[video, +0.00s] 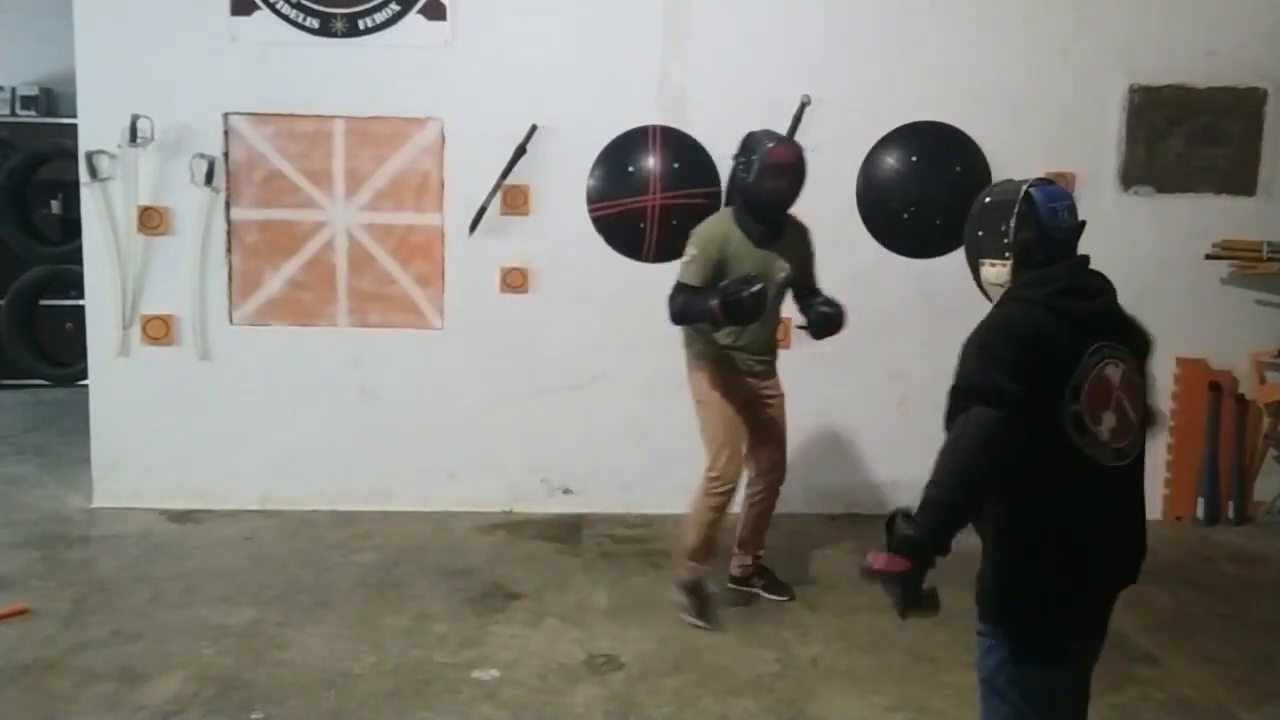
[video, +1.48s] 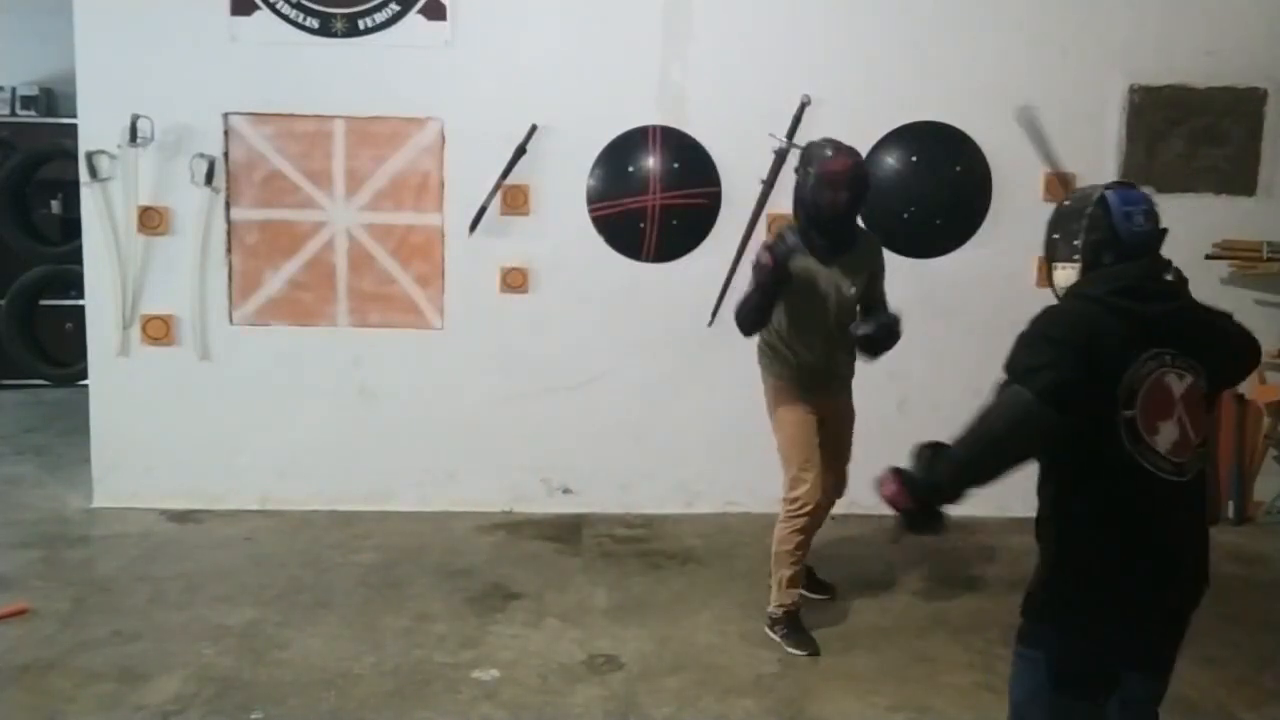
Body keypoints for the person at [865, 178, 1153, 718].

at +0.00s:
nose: (984, 259)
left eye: (990, 246)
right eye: (985, 245)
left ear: (1009, 247)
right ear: (1063, 240)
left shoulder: (1009, 330)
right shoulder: (1114, 321)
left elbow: (975, 446)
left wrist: (918, 539)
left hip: (1029, 566)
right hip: (1103, 556)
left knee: (1014, 697)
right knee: (1063, 696)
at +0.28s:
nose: (980, 297)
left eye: (984, 283)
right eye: (980, 283)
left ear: (1010, 280)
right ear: (1044, 273)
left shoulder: (1052, 337)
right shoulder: (1067, 321)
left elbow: (1054, 441)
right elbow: (990, 354)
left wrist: (971, 498)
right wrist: (925, 340)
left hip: (1070, 565)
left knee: (1015, 700)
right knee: (1050, 692)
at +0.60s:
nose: (1019, 275)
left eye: (1026, 264)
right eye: (1024, 262)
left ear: (1041, 275)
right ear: (1111, 272)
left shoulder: (1008, 367)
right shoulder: (1178, 363)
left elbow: (957, 476)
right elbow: (1228, 470)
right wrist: (1152, 452)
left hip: (1040, 588)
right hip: (1135, 583)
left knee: (1029, 702)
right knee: (1077, 699)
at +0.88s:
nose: (1041, 266)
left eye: (1049, 252)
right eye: (1047, 250)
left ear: (1071, 261)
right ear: (1151, 260)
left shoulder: (1029, 346)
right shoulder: (1209, 345)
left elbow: (906, 409)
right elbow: (1270, 382)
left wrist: (946, 347)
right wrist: (1254, 285)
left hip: (1058, 610)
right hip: (1164, 609)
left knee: (1049, 705)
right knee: (1130, 708)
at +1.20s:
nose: (1062, 268)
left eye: (1068, 254)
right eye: (1066, 253)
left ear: (1091, 259)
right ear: (1158, 254)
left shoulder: (1066, 347)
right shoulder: (1213, 339)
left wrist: (1018, 565)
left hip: (1087, 591)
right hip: (1185, 588)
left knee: (1068, 703)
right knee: (1142, 703)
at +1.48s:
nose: (1058, 256)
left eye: (1064, 244)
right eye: (1060, 243)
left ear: (1085, 247)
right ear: (1146, 243)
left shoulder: (1069, 326)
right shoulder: (1188, 318)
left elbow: (1016, 421)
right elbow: (1243, 348)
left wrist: (931, 482)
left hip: (1084, 570)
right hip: (1174, 571)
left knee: (1049, 696)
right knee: (1134, 700)